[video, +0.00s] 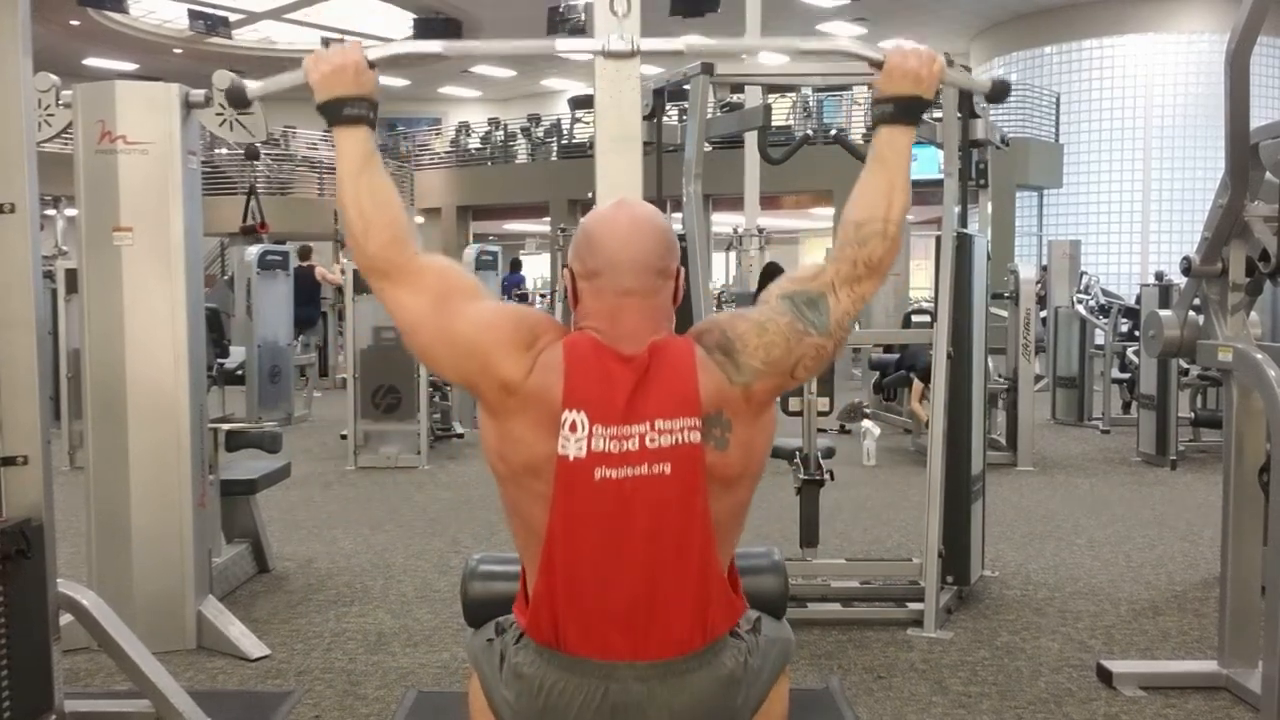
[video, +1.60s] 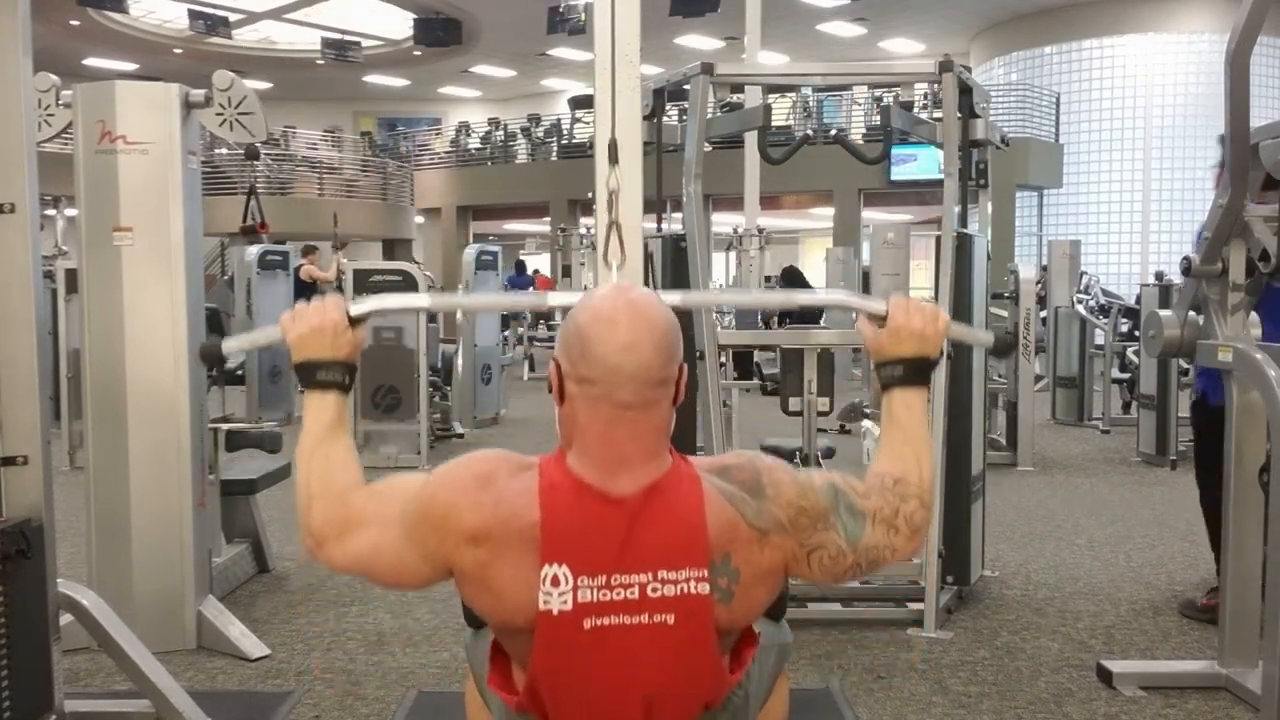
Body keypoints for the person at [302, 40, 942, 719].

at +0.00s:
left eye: (574, 272)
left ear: (572, 288)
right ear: (677, 287)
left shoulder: (513, 361)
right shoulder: (741, 364)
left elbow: (389, 262)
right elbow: (856, 266)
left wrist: (349, 114)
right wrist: (899, 112)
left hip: (553, 687)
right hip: (702, 684)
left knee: (488, 661)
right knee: (770, 652)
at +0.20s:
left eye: (571, 294)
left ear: (569, 321)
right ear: (682, 320)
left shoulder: (502, 415)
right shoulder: (752, 413)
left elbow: (359, 348)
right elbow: (886, 338)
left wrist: (334, 196)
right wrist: (909, 188)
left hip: (551, 691)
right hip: (710, 688)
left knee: (488, 662)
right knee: (769, 641)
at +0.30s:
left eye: (568, 322)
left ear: (568, 345)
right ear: (683, 346)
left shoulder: (500, 449)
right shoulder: (758, 445)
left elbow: (351, 403)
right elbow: (896, 397)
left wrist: (326, 249)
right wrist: (909, 249)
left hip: (548, 695)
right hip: (703, 693)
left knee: (491, 637)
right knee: (770, 647)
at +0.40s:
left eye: (569, 343)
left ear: (568, 365)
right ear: (687, 368)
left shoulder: (496, 478)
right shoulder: (757, 479)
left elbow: (338, 450)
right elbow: (897, 452)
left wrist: (326, 303)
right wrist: (912, 311)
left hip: (549, 698)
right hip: (702, 696)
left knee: (491, 647)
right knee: (770, 645)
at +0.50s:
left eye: (572, 358)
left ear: (570, 381)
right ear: (692, 384)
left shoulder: (494, 500)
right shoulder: (759, 501)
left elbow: (339, 509)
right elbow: (899, 513)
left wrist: (326, 358)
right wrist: (913, 368)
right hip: (706, 702)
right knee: (799, 670)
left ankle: (485, 700)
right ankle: (773, 698)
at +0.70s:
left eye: (567, 384)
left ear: (567, 406)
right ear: (690, 413)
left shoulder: (486, 542)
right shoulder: (763, 536)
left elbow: (349, 616)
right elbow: (884, 613)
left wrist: (326, 470)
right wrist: (908, 461)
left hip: (533, 706)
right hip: (707, 706)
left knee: (483, 666)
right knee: (768, 639)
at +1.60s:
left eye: (559, 362)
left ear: (557, 383)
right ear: (679, 384)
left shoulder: (479, 502)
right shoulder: (754, 501)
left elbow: (333, 532)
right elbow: (897, 527)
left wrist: (323, 378)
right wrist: (909, 375)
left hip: (534, 707)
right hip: (707, 706)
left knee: (484, 628)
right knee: (772, 638)